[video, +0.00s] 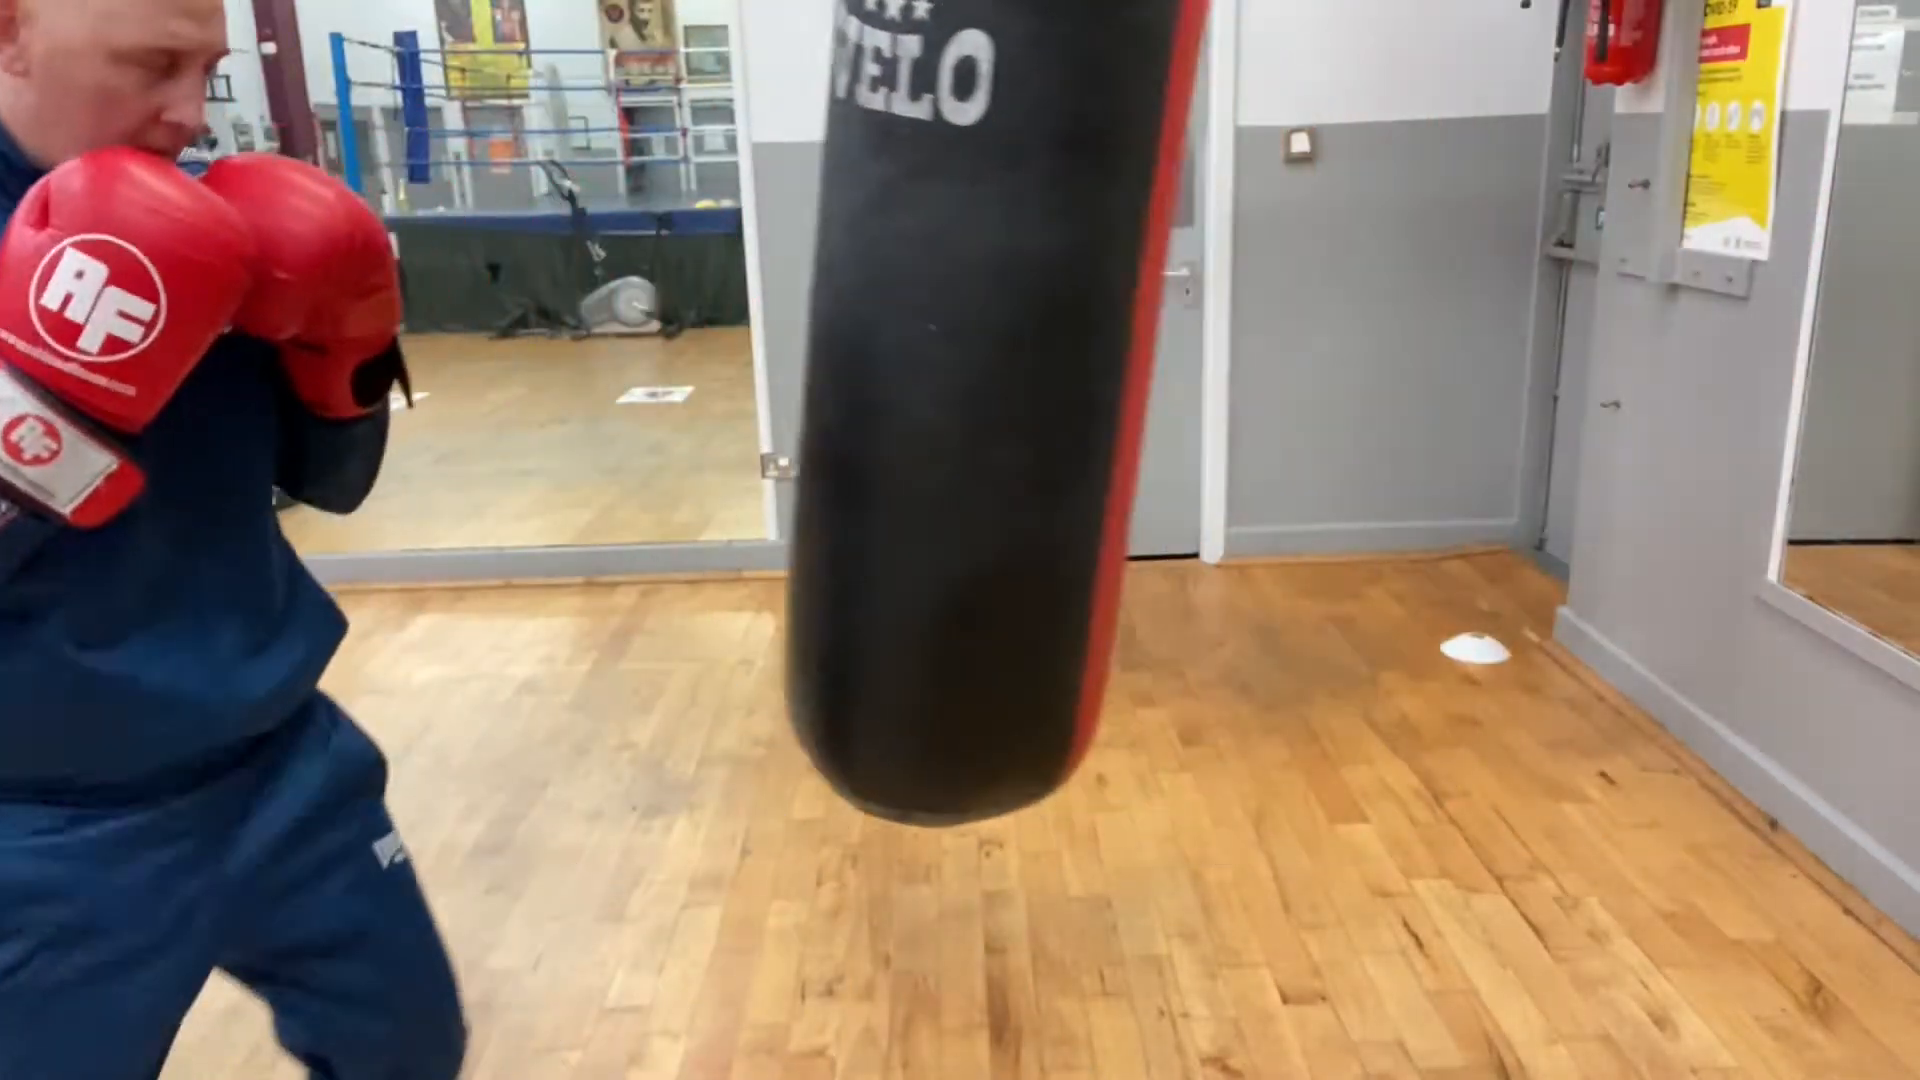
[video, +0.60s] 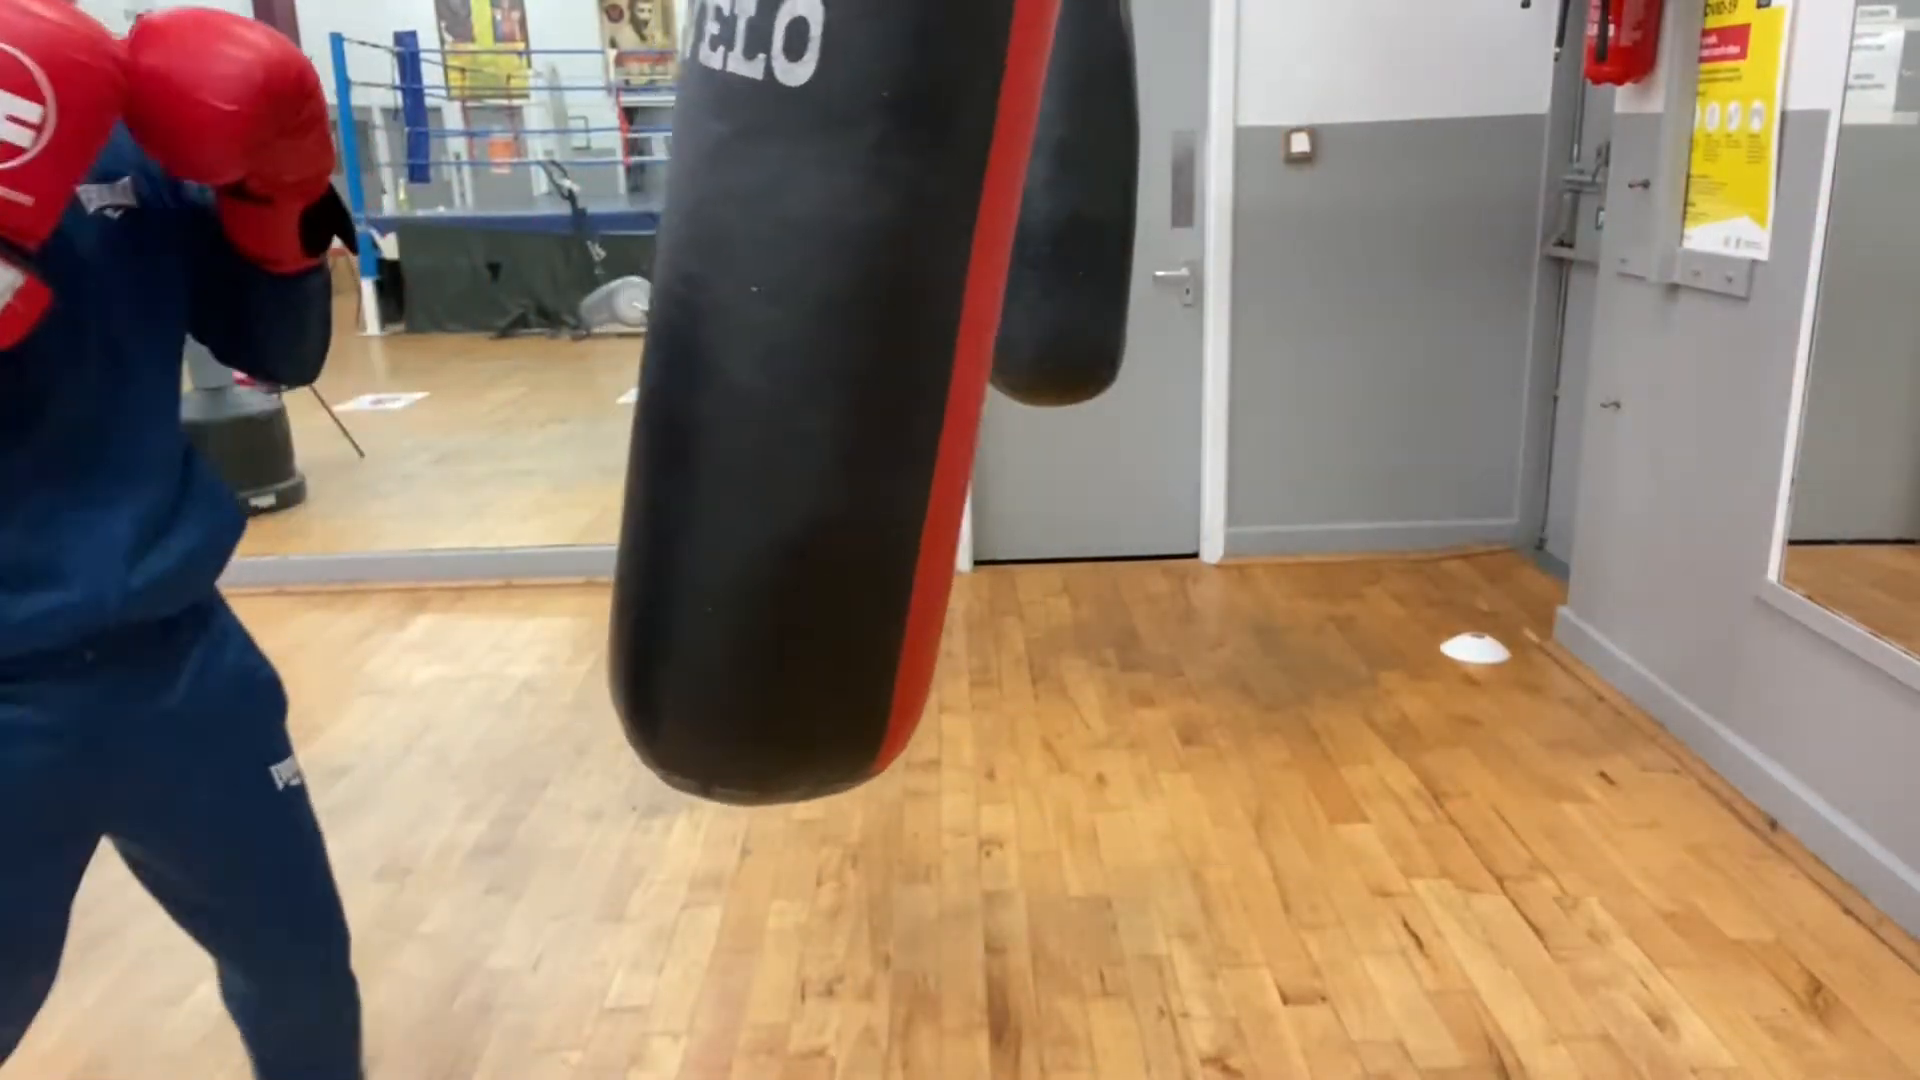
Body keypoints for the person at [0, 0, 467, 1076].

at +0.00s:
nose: (189, 113)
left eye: (206, 71)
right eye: (150, 65)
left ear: (223, 59)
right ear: (16, 38)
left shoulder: (201, 230)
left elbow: (327, 485)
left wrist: (340, 353)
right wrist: (46, 402)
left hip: (280, 775)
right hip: (55, 836)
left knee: (409, 1049)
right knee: (57, 1070)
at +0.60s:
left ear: (66, 52)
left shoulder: (128, 149)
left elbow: (283, 355)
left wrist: (279, 193)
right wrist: (13, 230)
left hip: (180, 665)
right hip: (14, 704)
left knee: (305, 989)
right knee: (0, 1009)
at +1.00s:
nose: (76, 35)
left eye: (83, 24)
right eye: (45, 26)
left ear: (104, 21)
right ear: (7, 20)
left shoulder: (143, 154)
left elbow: (317, 359)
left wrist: (321, 212)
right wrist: (13, 230)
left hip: (207, 697)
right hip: (27, 748)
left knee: (436, 963)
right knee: (13, 1052)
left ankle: (500, 1072)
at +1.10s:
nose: (149, 175)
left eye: (167, 136)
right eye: (115, 136)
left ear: (185, 126)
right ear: (13, 128)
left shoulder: (214, 238)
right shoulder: (18, 300)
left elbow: (308, 461)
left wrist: (360, 365)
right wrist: (33, 375)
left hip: (268, 752)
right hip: (43, 817)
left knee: (499, 975)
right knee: (29, 1066)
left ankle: (596, 1079)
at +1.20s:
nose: (244, 194)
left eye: (257, 157)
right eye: (210, 153)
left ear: (273, 134)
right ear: (74, 118)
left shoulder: (284, 258)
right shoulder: (6, 281)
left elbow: (382, 476)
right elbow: (16, 582)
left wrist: (428, 390)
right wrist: (87, 414)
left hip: (336, 767)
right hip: (84, 825)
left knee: (553, 1012)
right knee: (46, 1070)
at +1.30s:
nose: (362, 167)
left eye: (373, 128)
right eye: (328, 122)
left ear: (389, 117)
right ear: (197, 90)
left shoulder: (397, 234)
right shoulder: (45, 265)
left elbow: (542, 419)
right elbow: (100, 554)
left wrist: (557, 287)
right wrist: (249, 352)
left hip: (431, 754)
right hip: (196, 805)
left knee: (608, 997)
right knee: (109, 1071)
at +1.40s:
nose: (432, 97)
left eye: (445, 62)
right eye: (405, 56)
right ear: (270, 24)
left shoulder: (440, 178)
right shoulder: (100, 206)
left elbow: (584, 381)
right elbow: (200, 489)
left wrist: (604, 251)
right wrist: (325, 281)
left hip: (479, 716)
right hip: (255, 761)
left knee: (614, 987)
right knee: (202, 1070)